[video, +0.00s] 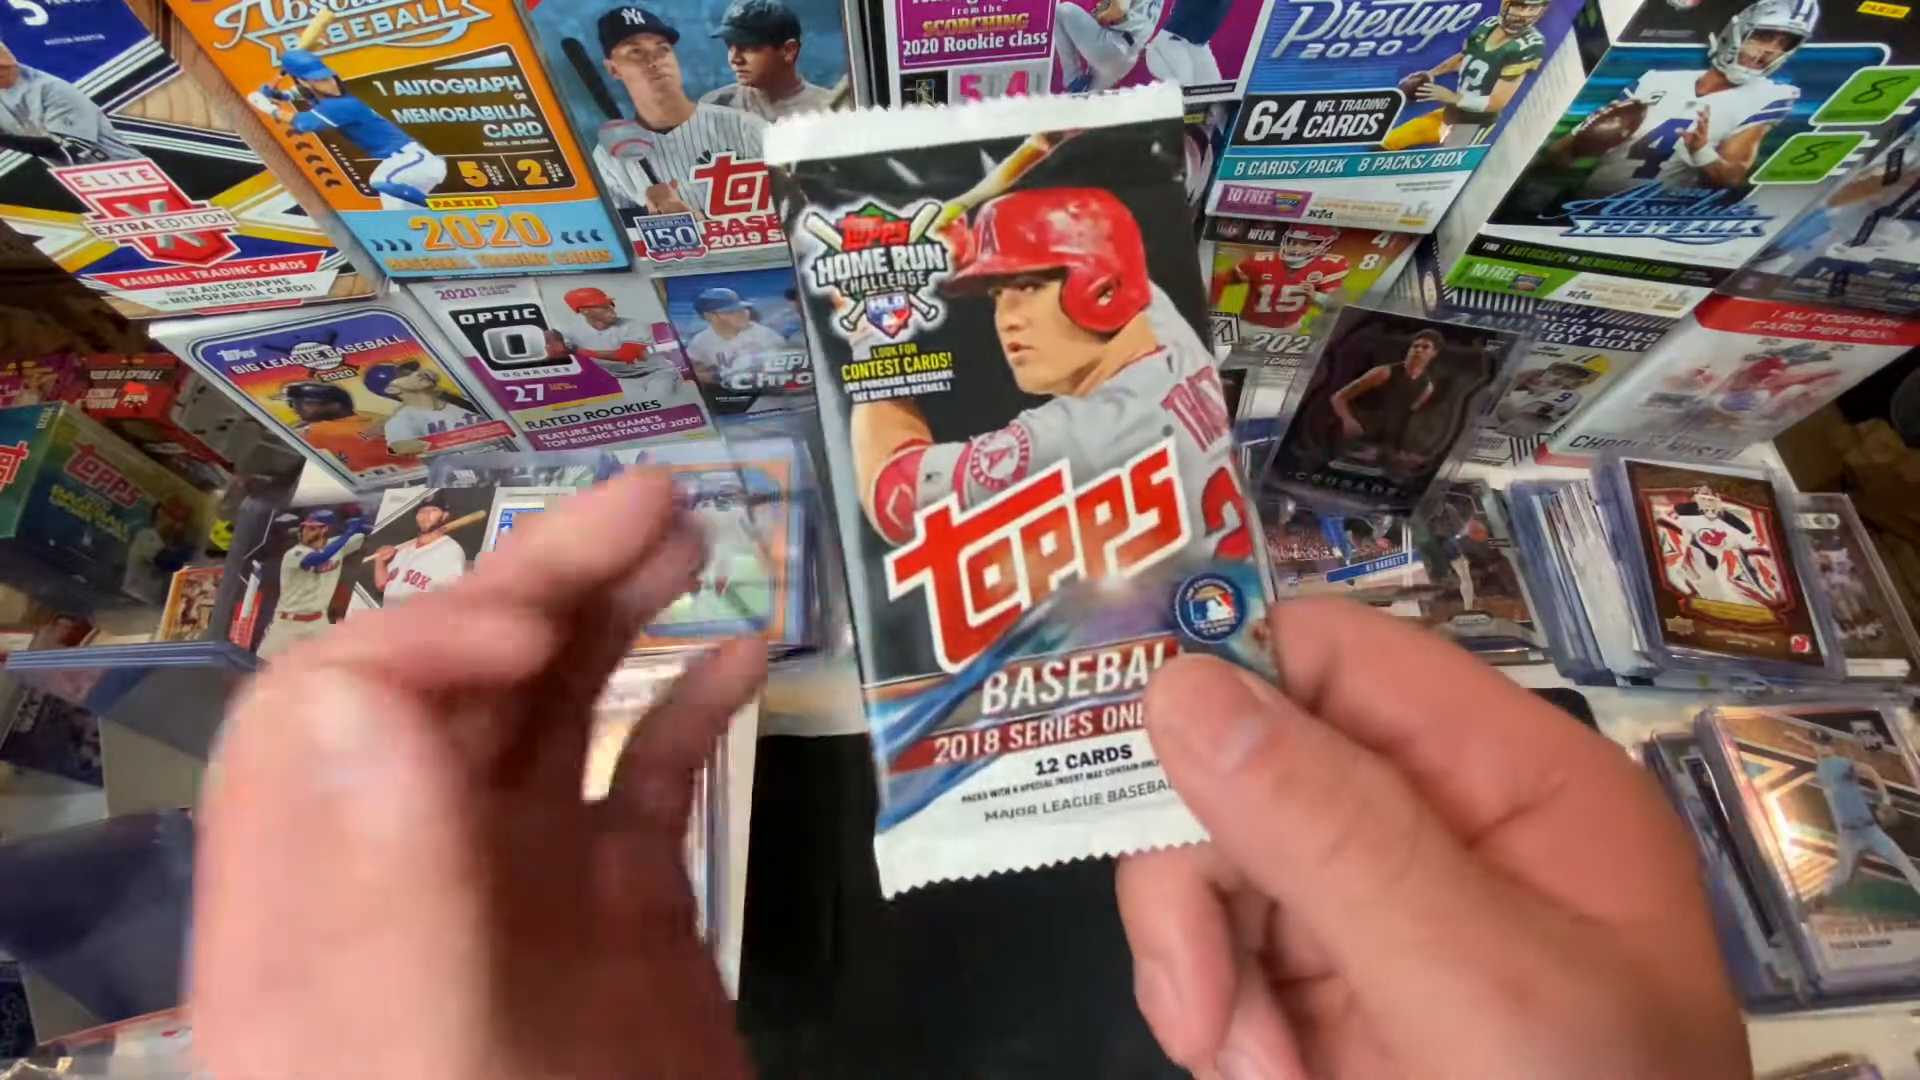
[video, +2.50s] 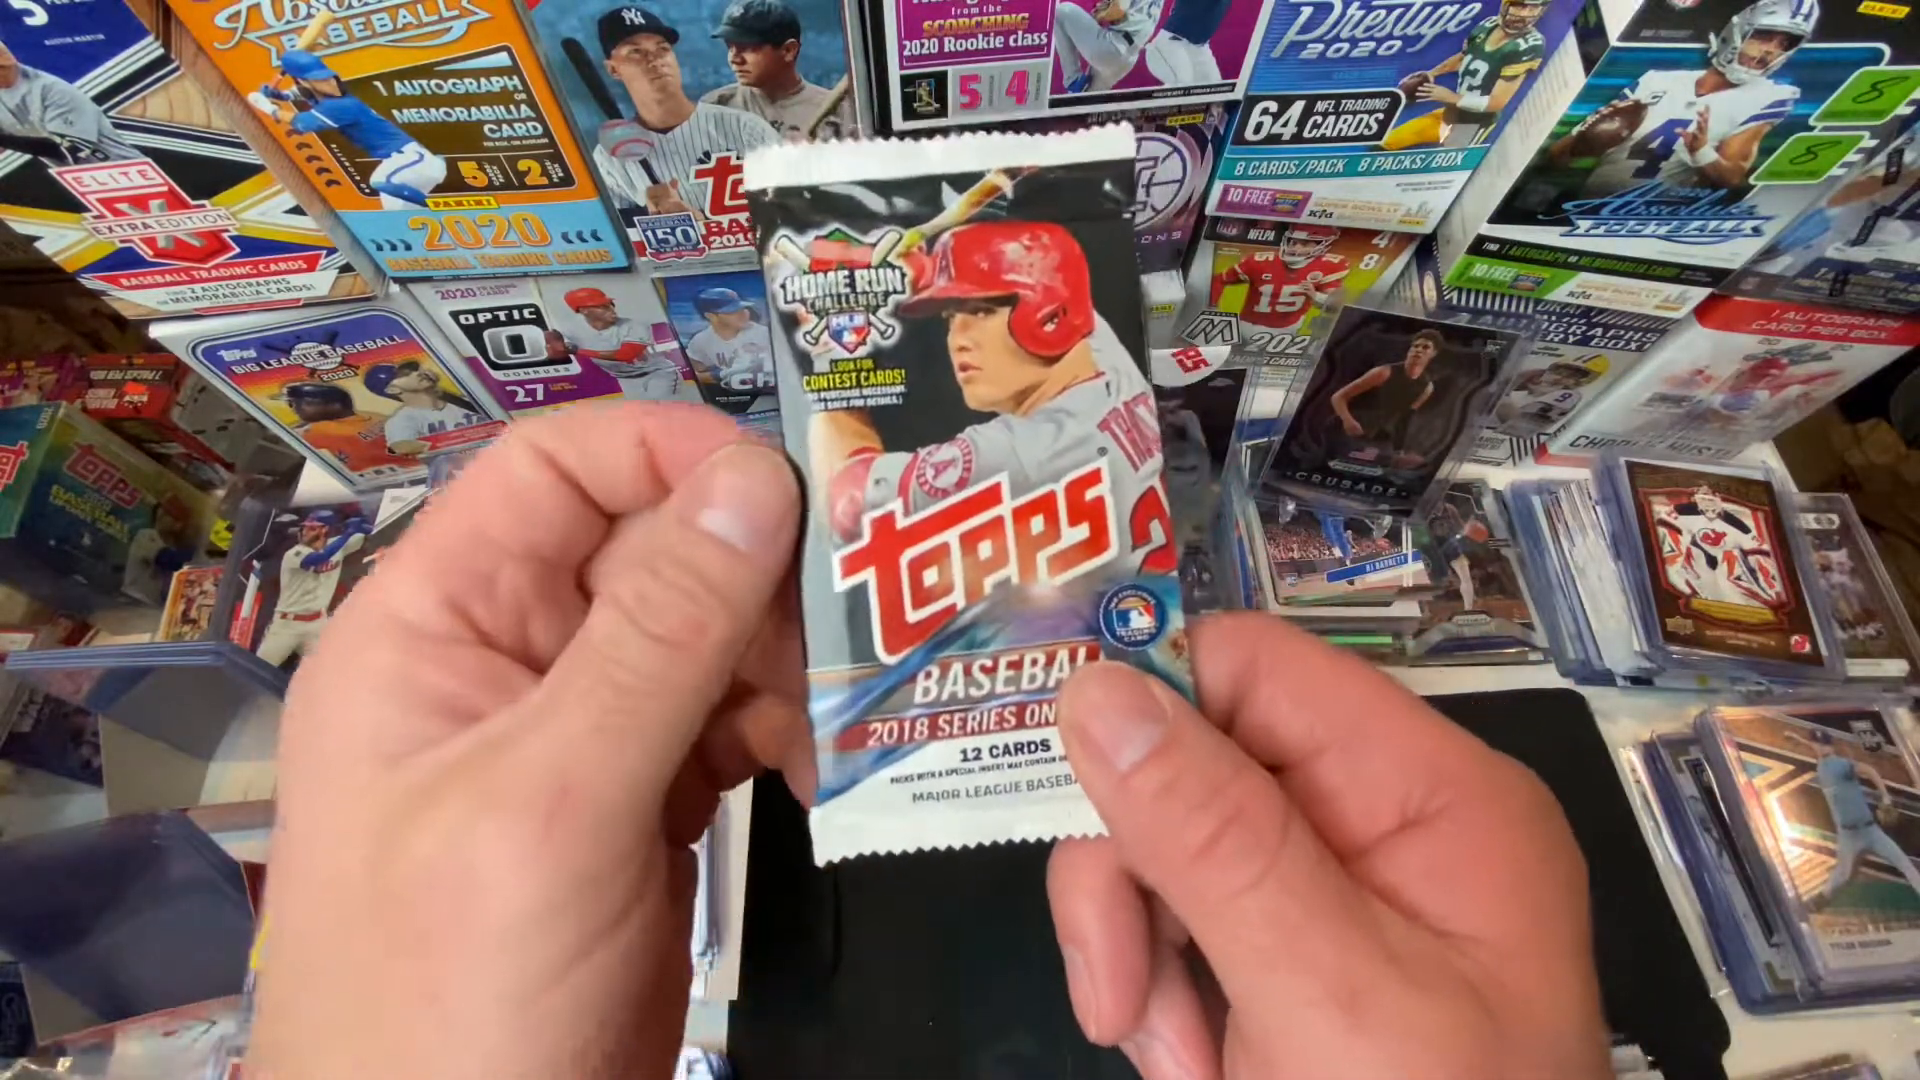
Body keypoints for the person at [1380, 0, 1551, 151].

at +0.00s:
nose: (1520, 13)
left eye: (1530, 7)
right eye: (1515, 5)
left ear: (1542, 11)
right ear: (1503, 4)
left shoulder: (1528, 47)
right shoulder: (1487, 26)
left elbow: (1496, 103)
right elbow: (1463, 58)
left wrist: (1451, 97)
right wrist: (1431, 73)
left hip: (1478, 122)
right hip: (1452, 110)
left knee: (1442, 172)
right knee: (1389, 141)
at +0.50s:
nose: (1520, 14)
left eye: (1530, 8)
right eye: (1516, 5)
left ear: (1542, 11)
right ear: (1504, 5)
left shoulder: (1527, 47)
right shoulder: (1487, 26)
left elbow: (1496, 103)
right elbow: (1463, 57)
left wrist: (1451, 98)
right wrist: (1431, 74)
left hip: (1478, 122)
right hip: (1453, 110)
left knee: (1442, 173)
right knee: (1388, 141)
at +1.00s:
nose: (1518, 14)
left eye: (1529, 8)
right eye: (1514, 6)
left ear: (1542, 11)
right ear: (1504, 5)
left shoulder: (1527, 47)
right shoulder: (1487, 26)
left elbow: (1496, 104)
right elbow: (1463, 57)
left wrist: (1450, 98)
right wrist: (1431, 73)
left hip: (1478, 123)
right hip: (1452, 111)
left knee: (1443, 174)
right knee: (1388, 141)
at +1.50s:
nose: (1520, 13)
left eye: (1530, 7)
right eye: (1515, 5)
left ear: (1542, 11)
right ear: (1503, 5)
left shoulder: (1527, 47)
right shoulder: (1487, 26)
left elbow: (1496, 103)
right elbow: (1464, 57)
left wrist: (1450, 97)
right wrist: (1431, 73)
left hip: (1478, 123)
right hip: (1452, 111)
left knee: (1443, 174)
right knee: (1388, 141)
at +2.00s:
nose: (1520, 13)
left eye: (1530, 7)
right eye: (1515, 5)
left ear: (1541, 11)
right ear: (1504, 5)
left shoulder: (1528, 47)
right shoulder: (1487, 26)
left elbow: (1496, 103)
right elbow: (1463, 57)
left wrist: (1450, 97)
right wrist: (1431, 73)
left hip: (1478, 123)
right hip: (1452, 111)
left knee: (1442, 172)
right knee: (1388, 141)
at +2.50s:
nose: (1520, 13)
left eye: (1529, 7)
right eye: (1515, 5)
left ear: (1541, 11)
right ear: (1503, 4)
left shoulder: (1527, 47)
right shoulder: (1487, 26)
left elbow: (1496, 103)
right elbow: (1464, 57)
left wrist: (1450, 97)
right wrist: (1431, 73)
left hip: (1478, 123)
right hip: (1452, 111)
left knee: (1442, 172)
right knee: (1389, 141)